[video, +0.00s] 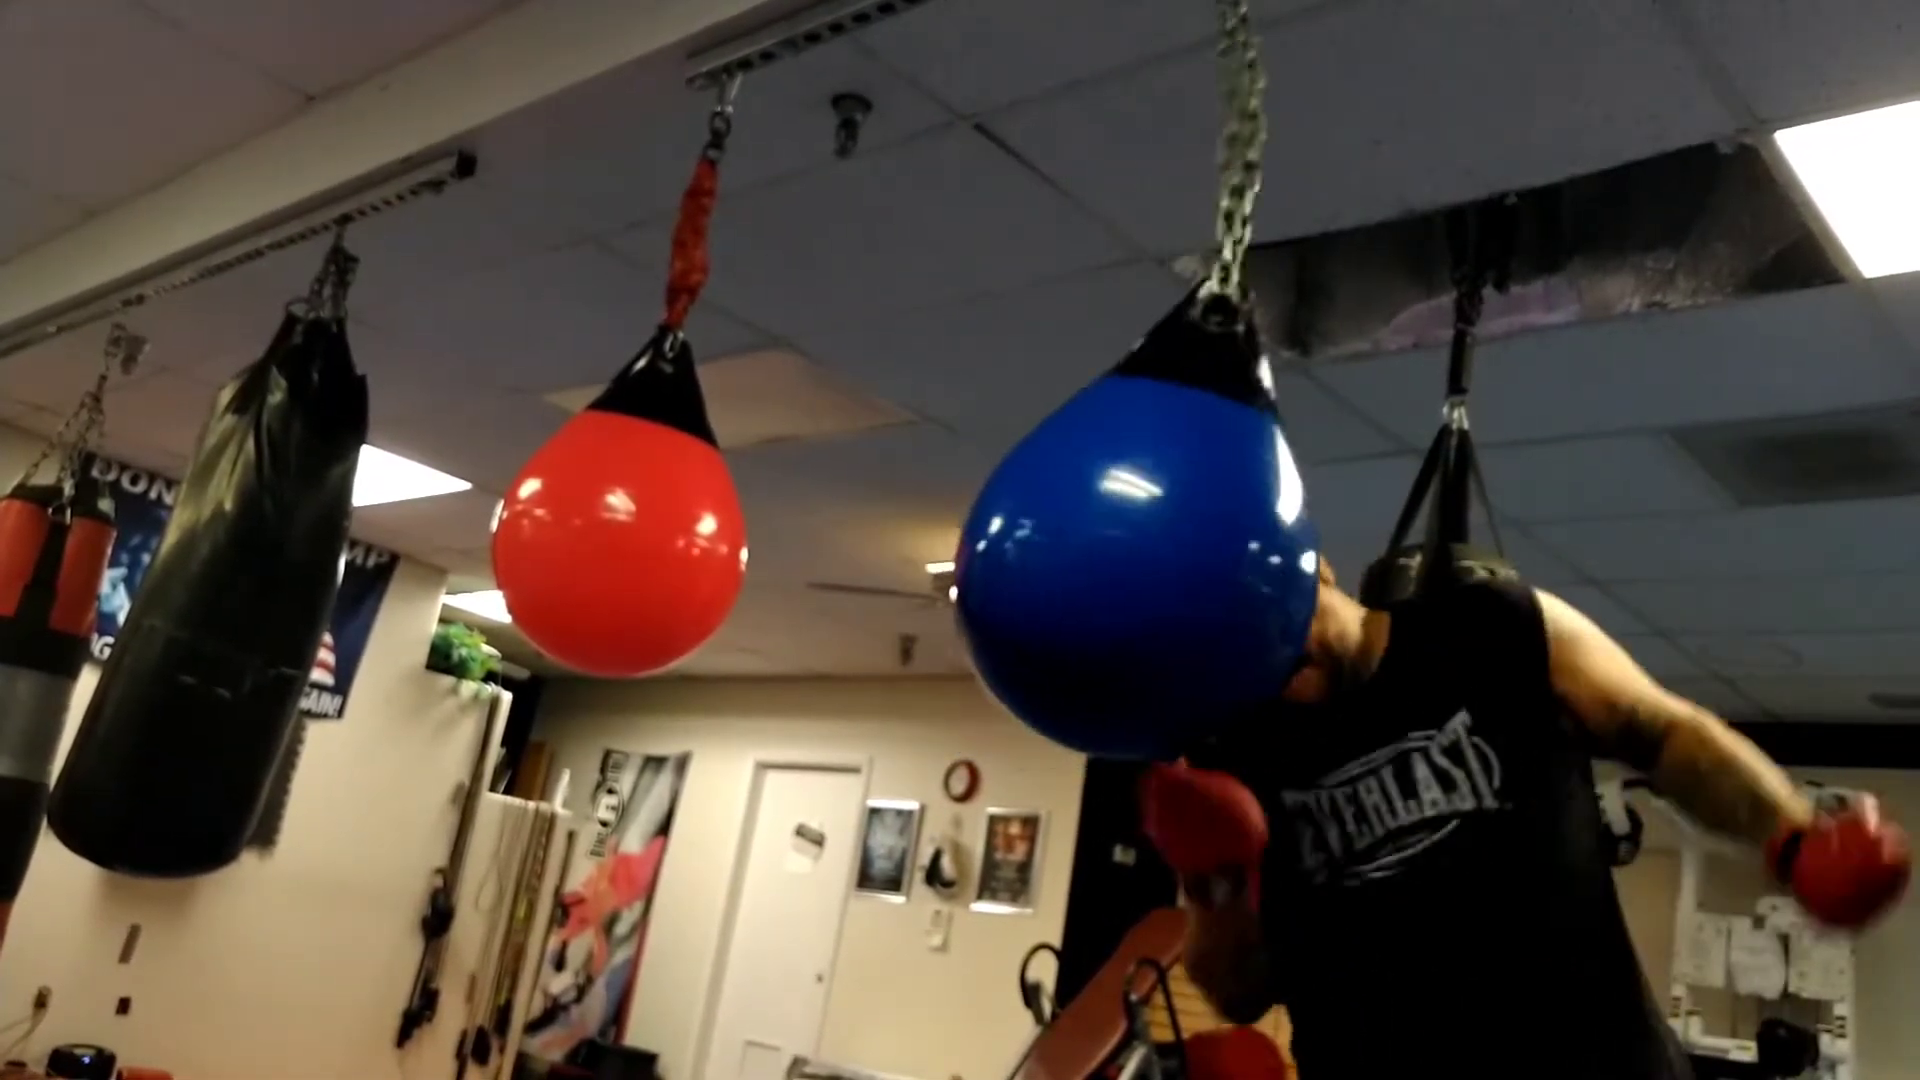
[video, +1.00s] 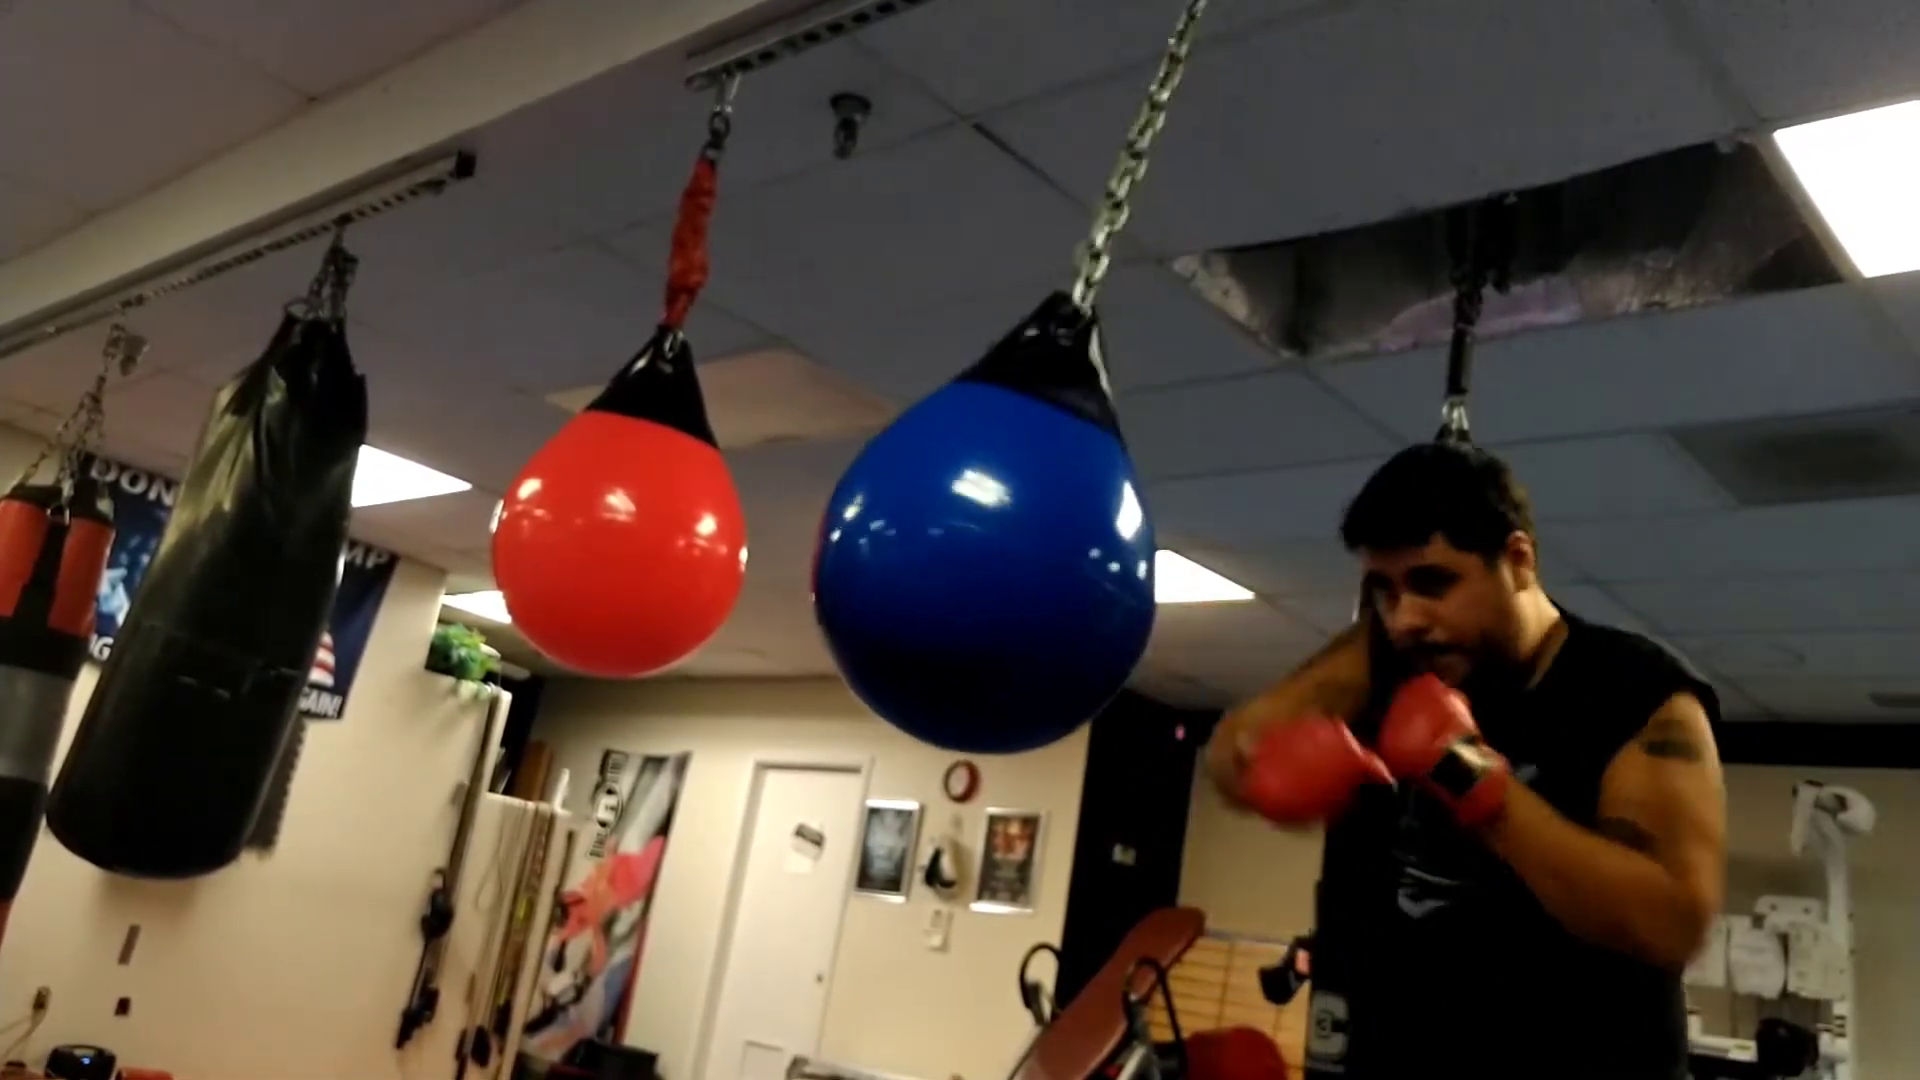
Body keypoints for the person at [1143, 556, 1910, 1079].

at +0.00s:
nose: (1287, 683)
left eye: (1287, 647)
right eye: (1252, 671)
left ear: (1304, 574)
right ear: (1207, 667)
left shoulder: (1489, 627)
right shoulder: (1231, 754)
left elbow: (1661, 737)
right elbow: (1233, 997)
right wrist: (1217, 889)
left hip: (1597, 1065)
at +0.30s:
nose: (1264, 633)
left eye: (1278, 592)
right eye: (1238, 615)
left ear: (1335, 557)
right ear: (1220, 630)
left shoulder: (1438, 608)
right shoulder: (1280, 740)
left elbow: (1590, 708)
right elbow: (1282, 971)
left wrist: (1354, 800)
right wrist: (1231, 880)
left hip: (1568, 1057)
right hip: (1383, 1076)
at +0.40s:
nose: (1258, 633)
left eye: (1273, 592)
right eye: (1231, 618)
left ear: (1341, 563)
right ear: (1222, 632)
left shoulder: (1480, 646)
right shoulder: (1299, 737)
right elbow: (1279, 967)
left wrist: (1360, 829)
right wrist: (1255, 862)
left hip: (1560, 1067)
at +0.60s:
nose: (1289, 636)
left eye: (1310, 597)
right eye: (1268, 614)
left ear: (1386, 568)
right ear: (1254, 617)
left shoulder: (1522, 665)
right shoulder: (1327, 725)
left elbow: (1632, 838)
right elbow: (1280, 934)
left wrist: (1391, 782)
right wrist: (1251, 870)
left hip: (1552, 1072)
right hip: (1376, 1074)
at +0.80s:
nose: (1326, 634)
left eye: (1338, 602)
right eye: (1313, 612)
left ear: (1422, 561)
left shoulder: (1594, 689)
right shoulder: (1388, 660)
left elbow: (1573, 890)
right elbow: (1289, 641)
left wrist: (1389, 736)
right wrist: (1173, 639)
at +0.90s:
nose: (1365, 617)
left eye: (1383, 583)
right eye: (1351, 592)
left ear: (1472, 550)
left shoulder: (1617, 699)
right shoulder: (1391, 643)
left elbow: (1583, 904)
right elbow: (1283, 656)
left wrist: (1406, 755)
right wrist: (1225, 674)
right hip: (1394, 1064)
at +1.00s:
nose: (1404, 621)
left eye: (1432, 584)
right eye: (1383, 590)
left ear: (1519, 558)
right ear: (1368, 584)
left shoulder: (1641, 696)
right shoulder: (1385, 650)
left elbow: (1671, 922)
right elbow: (1237, 743)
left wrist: (1488, 792)